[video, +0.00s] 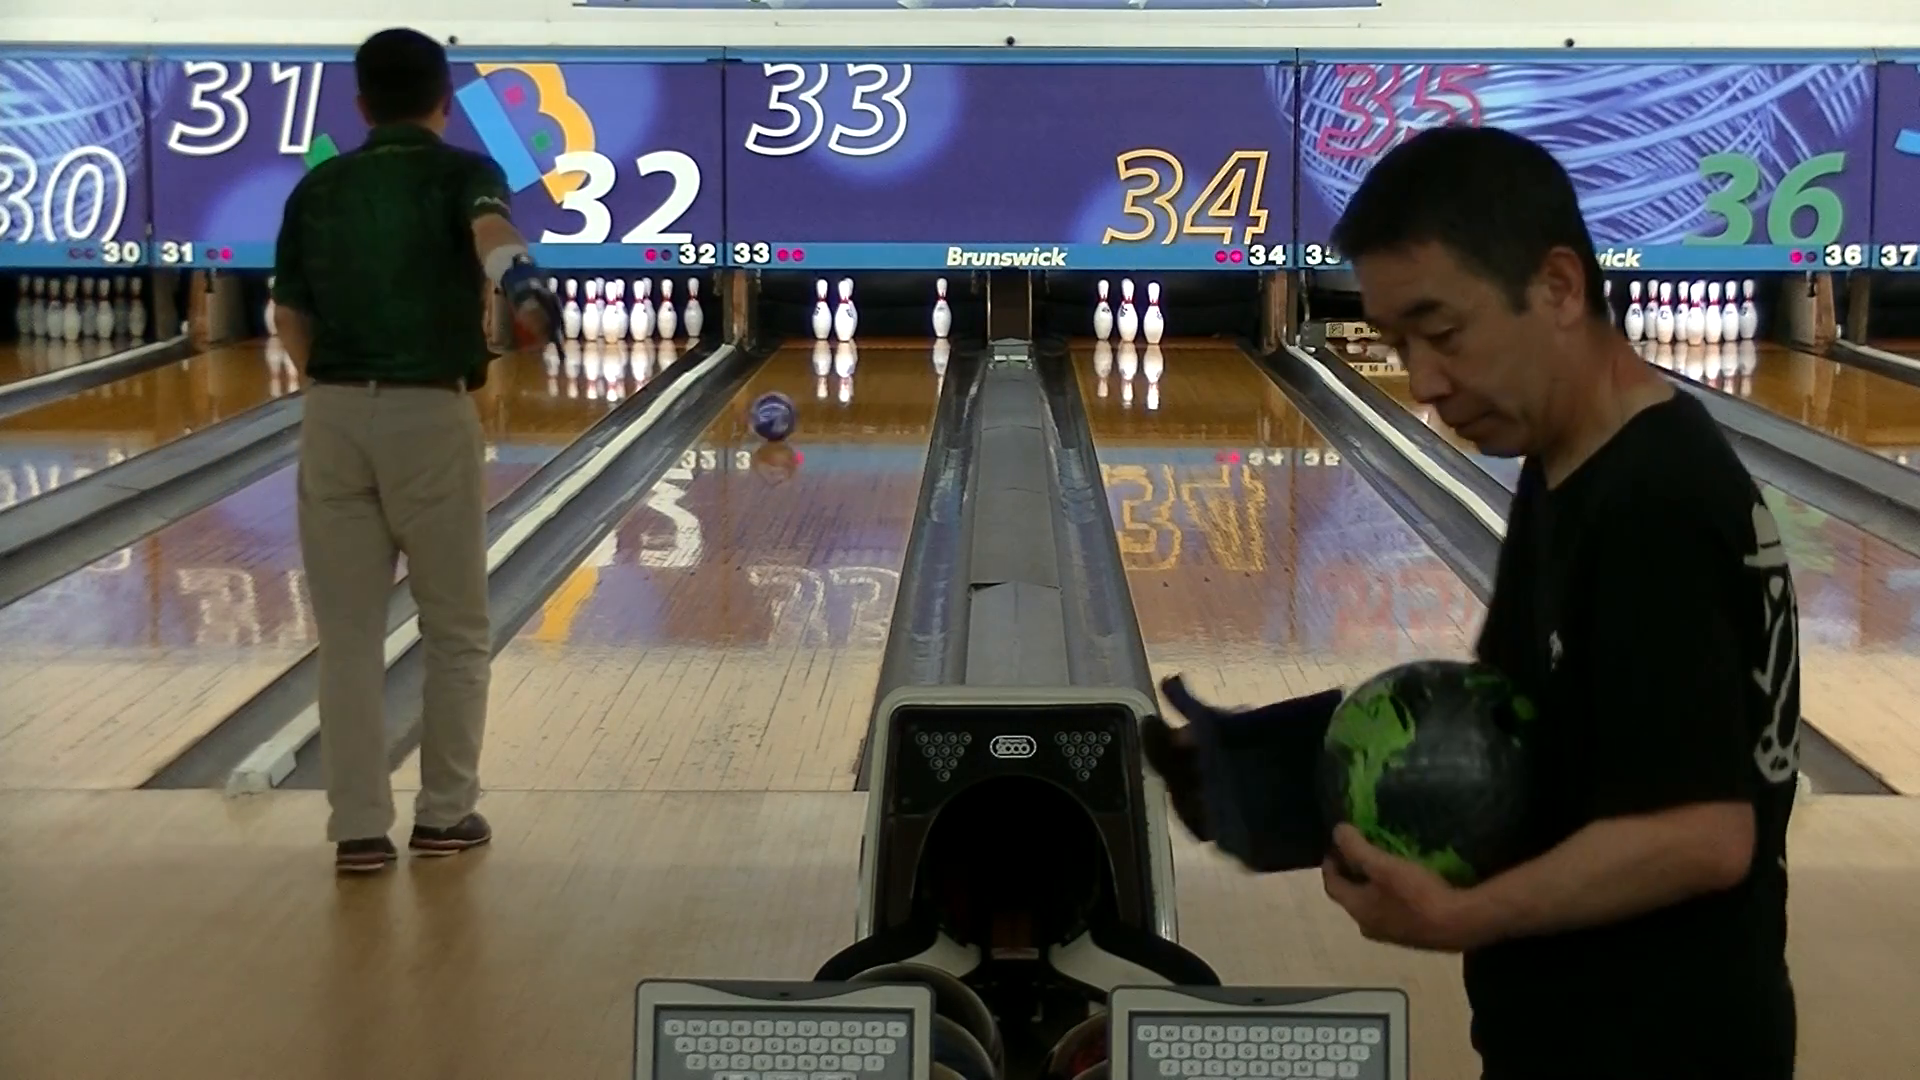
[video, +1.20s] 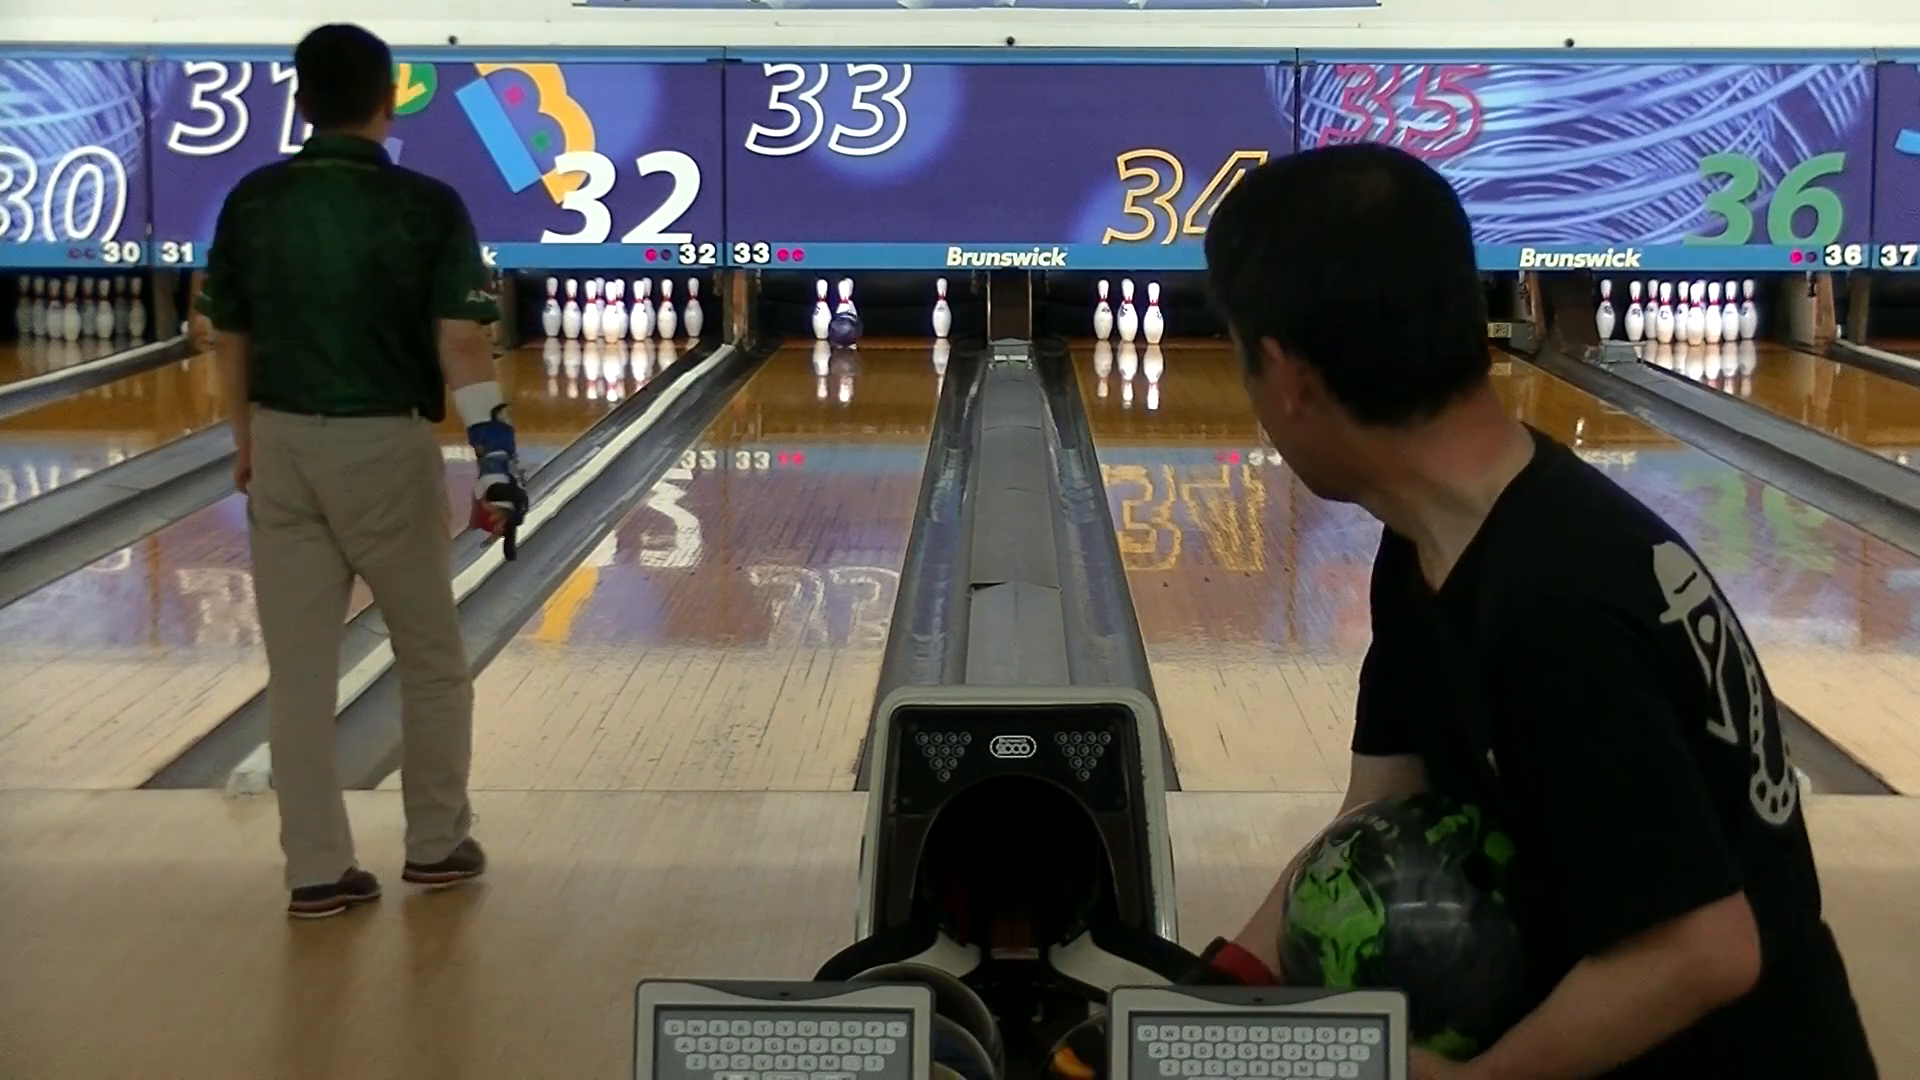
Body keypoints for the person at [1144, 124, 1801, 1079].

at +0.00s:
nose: (1423, 386)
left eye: (1441, 333)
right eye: (1400, 347)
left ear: (1560, 289)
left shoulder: (1666, 497)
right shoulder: (1565, 463)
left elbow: (1708, 834)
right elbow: (1508, 740)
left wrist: (1465, 915)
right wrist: (1279, 775)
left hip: (1661, 1046)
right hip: (1562, 1030)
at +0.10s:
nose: (1381, 411)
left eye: (1397, 360)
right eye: (1357, 375)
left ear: (1523, 317)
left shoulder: (1663, 537)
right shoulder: (1508, 505)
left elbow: (1731, 872)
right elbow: (1398, 734)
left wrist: (1478, 968)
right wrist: (1223, 793)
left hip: (1684, 1057)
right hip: (1542, 1048)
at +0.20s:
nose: (1323, 451)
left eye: (1339, 397)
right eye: (1300, 410)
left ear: (1465, 353)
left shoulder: (1651, 550)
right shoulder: (1422, 535)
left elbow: (1763, 888)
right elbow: (1284, 771)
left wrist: (1520, 1009)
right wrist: (1127, 855)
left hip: (1728, 1060)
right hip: (1555, 1057)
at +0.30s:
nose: (1277, 495)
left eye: (1288, 440)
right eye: (1256, 450)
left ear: (1417, 393)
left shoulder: (1648, 564)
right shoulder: (1356, 567)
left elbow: (1806, 885)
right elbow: (1210, 813)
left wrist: (1575, 1037)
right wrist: (1070, 971)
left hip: (1747, 1045)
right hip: (1531, 1051)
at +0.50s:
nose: (1175, 534)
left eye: (1188, 483)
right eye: (1170, 484)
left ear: (1314, 477)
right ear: (1309, 482)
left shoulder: (1625, 600)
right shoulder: (1288, 650)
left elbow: (1839, 900)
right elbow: (1168, 924)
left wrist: (1635, 1073)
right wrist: (1050, 1070)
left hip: (1770, 1041)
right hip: (1542, 1036)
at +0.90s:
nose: (1191, 473)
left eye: (1182, 440)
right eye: (1180, 440)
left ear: (1243, 449)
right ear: (1384, 373)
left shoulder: (1596, 608)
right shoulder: (1337, 595)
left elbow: (1775, 941)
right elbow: (1273, 876)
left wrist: (1570, 1072)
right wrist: (1139, 1044)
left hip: (1768, 1062)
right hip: (1557, 1027)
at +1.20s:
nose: (1256, 403)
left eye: (1246, 362)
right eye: (1248, 363)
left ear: (1291, 376)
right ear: (1444, 314)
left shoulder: (1559, 591)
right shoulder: (1425, 535)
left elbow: (1704, 947)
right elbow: (1381, 819)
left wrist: (1474, 1075)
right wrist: (1224, 992)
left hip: (1753, 1063)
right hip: (1612, 1041)